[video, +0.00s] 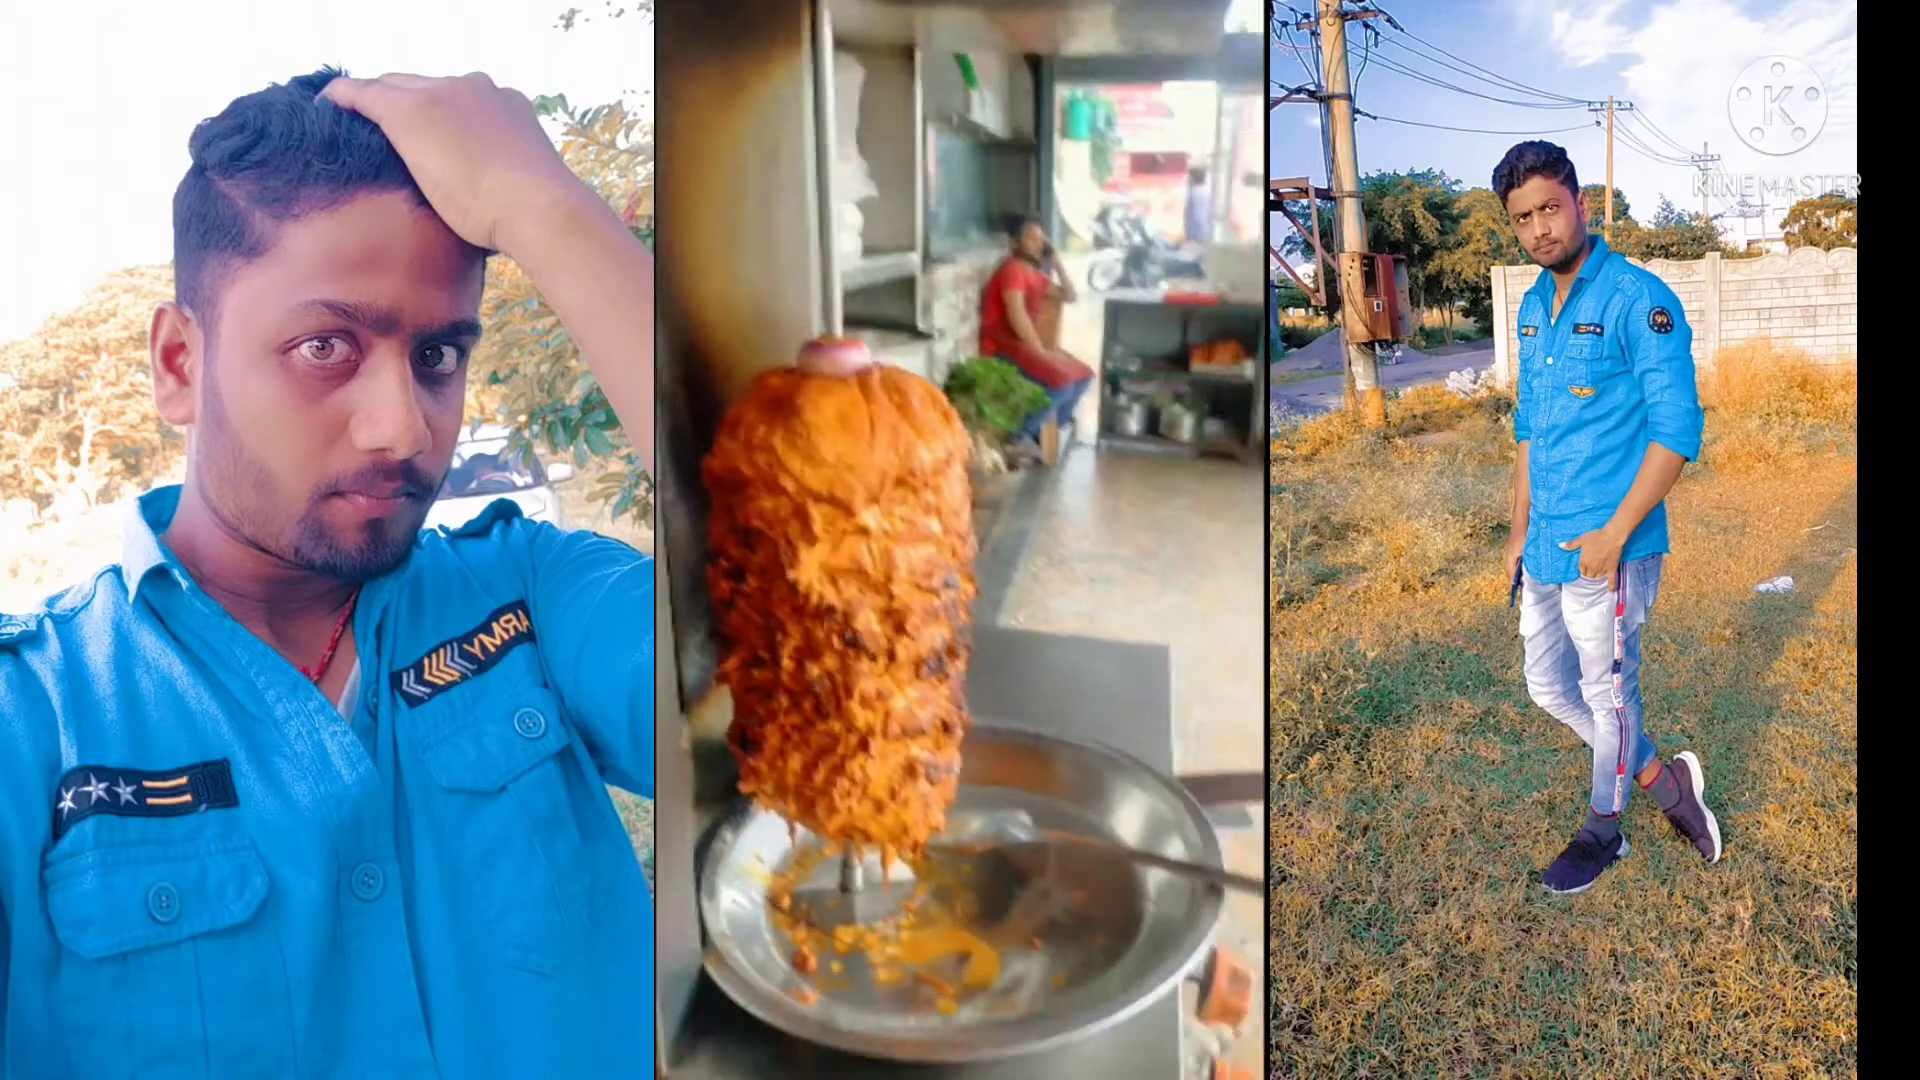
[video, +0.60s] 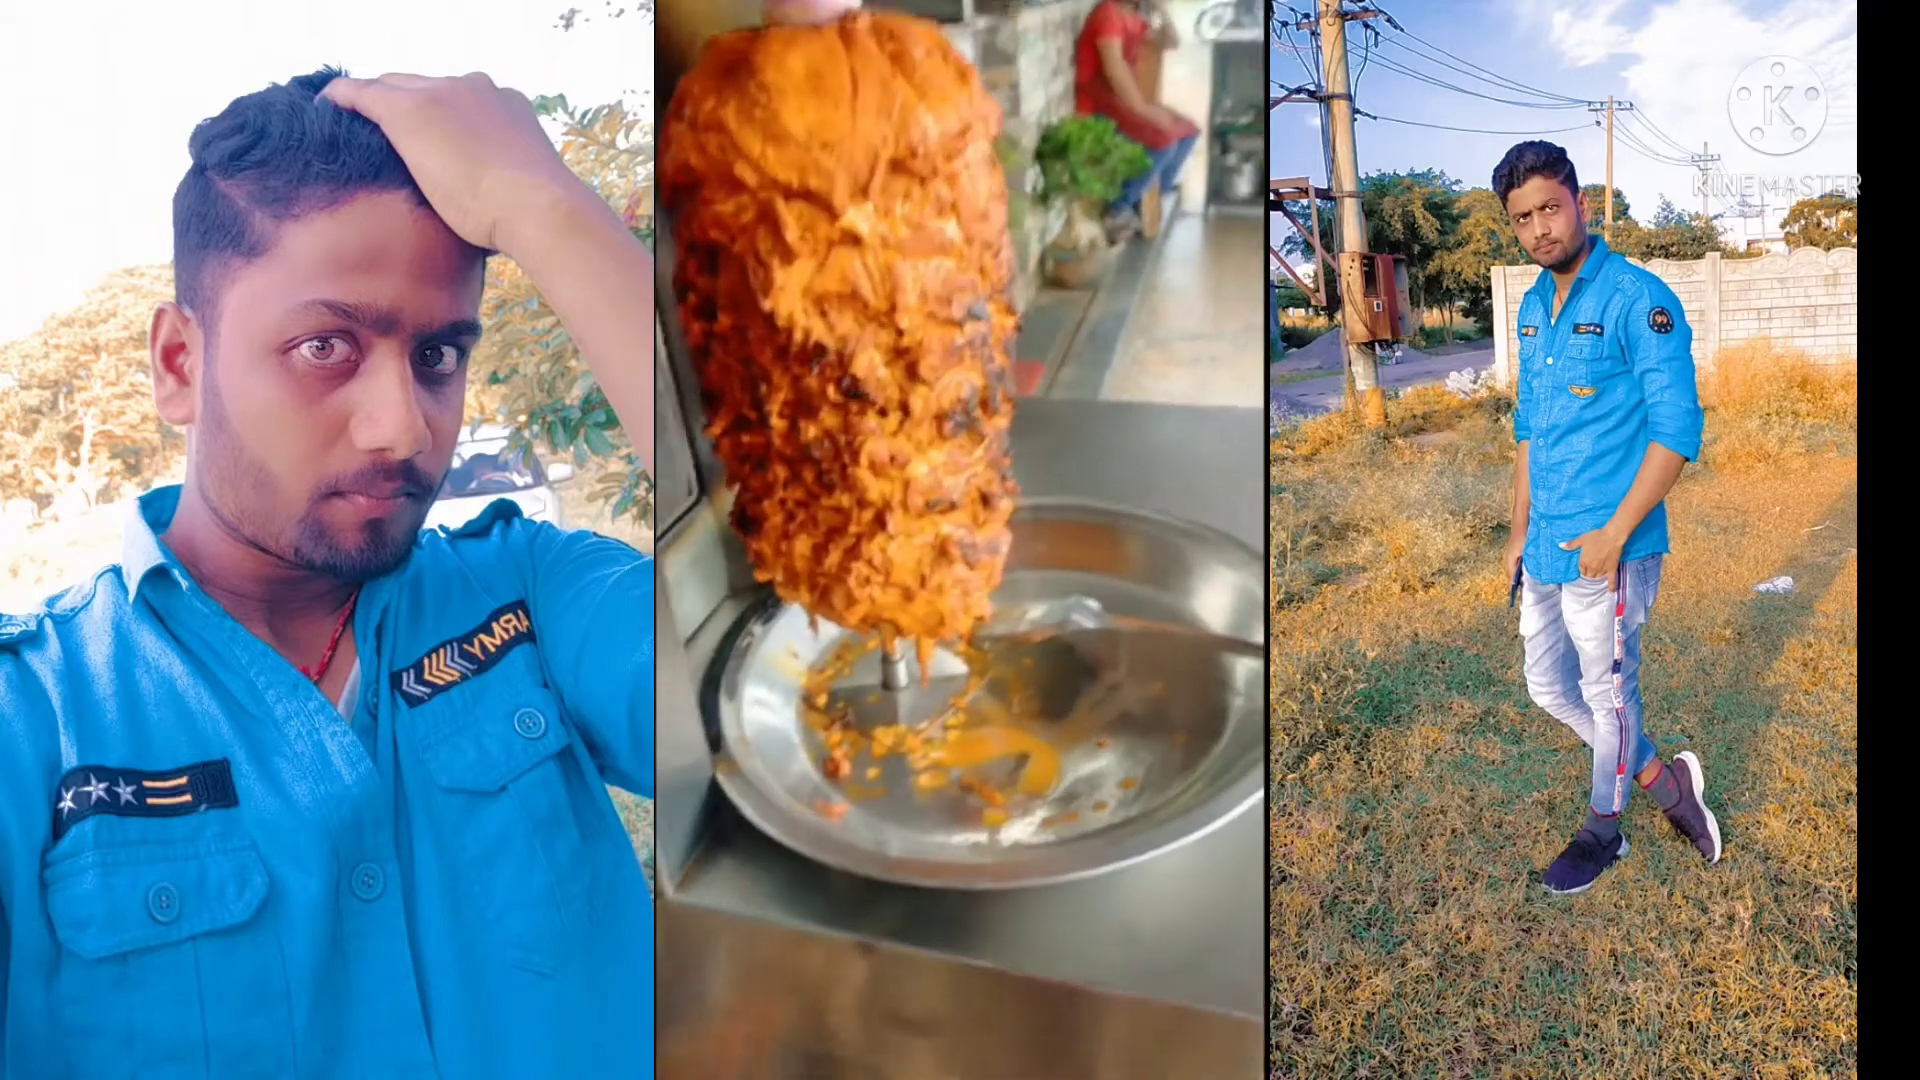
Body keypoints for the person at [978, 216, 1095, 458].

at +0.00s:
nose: (1039, 243)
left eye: (1041, 237)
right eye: (1032, 237)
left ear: (1042, 241)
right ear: (1016, 241)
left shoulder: (1033, 273)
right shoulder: (1013, 269)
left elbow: (1069, 295)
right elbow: (1016, 314)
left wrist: (1054, 261)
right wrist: (1039, 350)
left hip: (1024, 344)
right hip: (1003, 347)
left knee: (1082, 375)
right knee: (1061, 381)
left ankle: (1047, 431)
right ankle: (1021, 438)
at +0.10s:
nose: (1069, 171)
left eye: (1071, 164)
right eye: (1061, 164)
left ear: (1073, 169)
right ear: (1045, 168)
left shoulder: (1064, 203)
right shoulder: (1041, 199)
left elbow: (1101, 224)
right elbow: (1047, 246)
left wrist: (1084, 188)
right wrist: (1073, 284)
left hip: (1059, 277)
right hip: (1036, 282)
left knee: (1115, 305)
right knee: (1094, 313)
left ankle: (1083, 362)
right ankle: (1053, 373)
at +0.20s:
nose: (1095, 94)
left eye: (1097, 88)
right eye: (1087, 88)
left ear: (1099, 92)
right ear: (1071, 92)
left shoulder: (1091, 127)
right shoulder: (1067, 124)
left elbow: (1128, 148)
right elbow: (1073, 173)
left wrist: (1112, 113)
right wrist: (1103, 211)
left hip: (1085, 203)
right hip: (1061, 209)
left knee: (1144, 232)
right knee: (1122, 241)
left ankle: (1115, 290)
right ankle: (1082, 304)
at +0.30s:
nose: (1100, 34)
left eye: (1102, 28)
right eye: (1092, 28)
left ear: (1105, 33)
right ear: (1075, 32)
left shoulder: (1098, 67)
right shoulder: (1072, 64)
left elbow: (1135, 89)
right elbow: (1078, 115)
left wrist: (1119, 53)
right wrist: (1108, 155)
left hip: (1091, 147)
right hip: (1067, 151)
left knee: (1152, 176)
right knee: (1129, 186)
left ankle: (1120, 237)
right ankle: (1087, 251)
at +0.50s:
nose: (1098, 11)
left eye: (1101, 5)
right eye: (1091, 4)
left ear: (1104, 11)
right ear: (1074, 7)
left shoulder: (1094, 45)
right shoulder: (1068, 42)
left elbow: (1132, 68)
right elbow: (1074, 97)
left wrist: (1116, 31)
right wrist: (1104, 134)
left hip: (1086, 128)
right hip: (1060, 132)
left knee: (1149, 156)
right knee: (1123, 166)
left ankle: (1113, 222)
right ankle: (1081, 233)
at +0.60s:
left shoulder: (1135, 19)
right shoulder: (1107, 14)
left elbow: (1169, 42)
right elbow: (1114, 70)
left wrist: (1162, 9)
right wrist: (1145, 110)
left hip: (1126, 102)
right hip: (1099, 107)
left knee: (1187, 132)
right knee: (1163, 140)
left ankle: (1149, 199)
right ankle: (1121, 209)